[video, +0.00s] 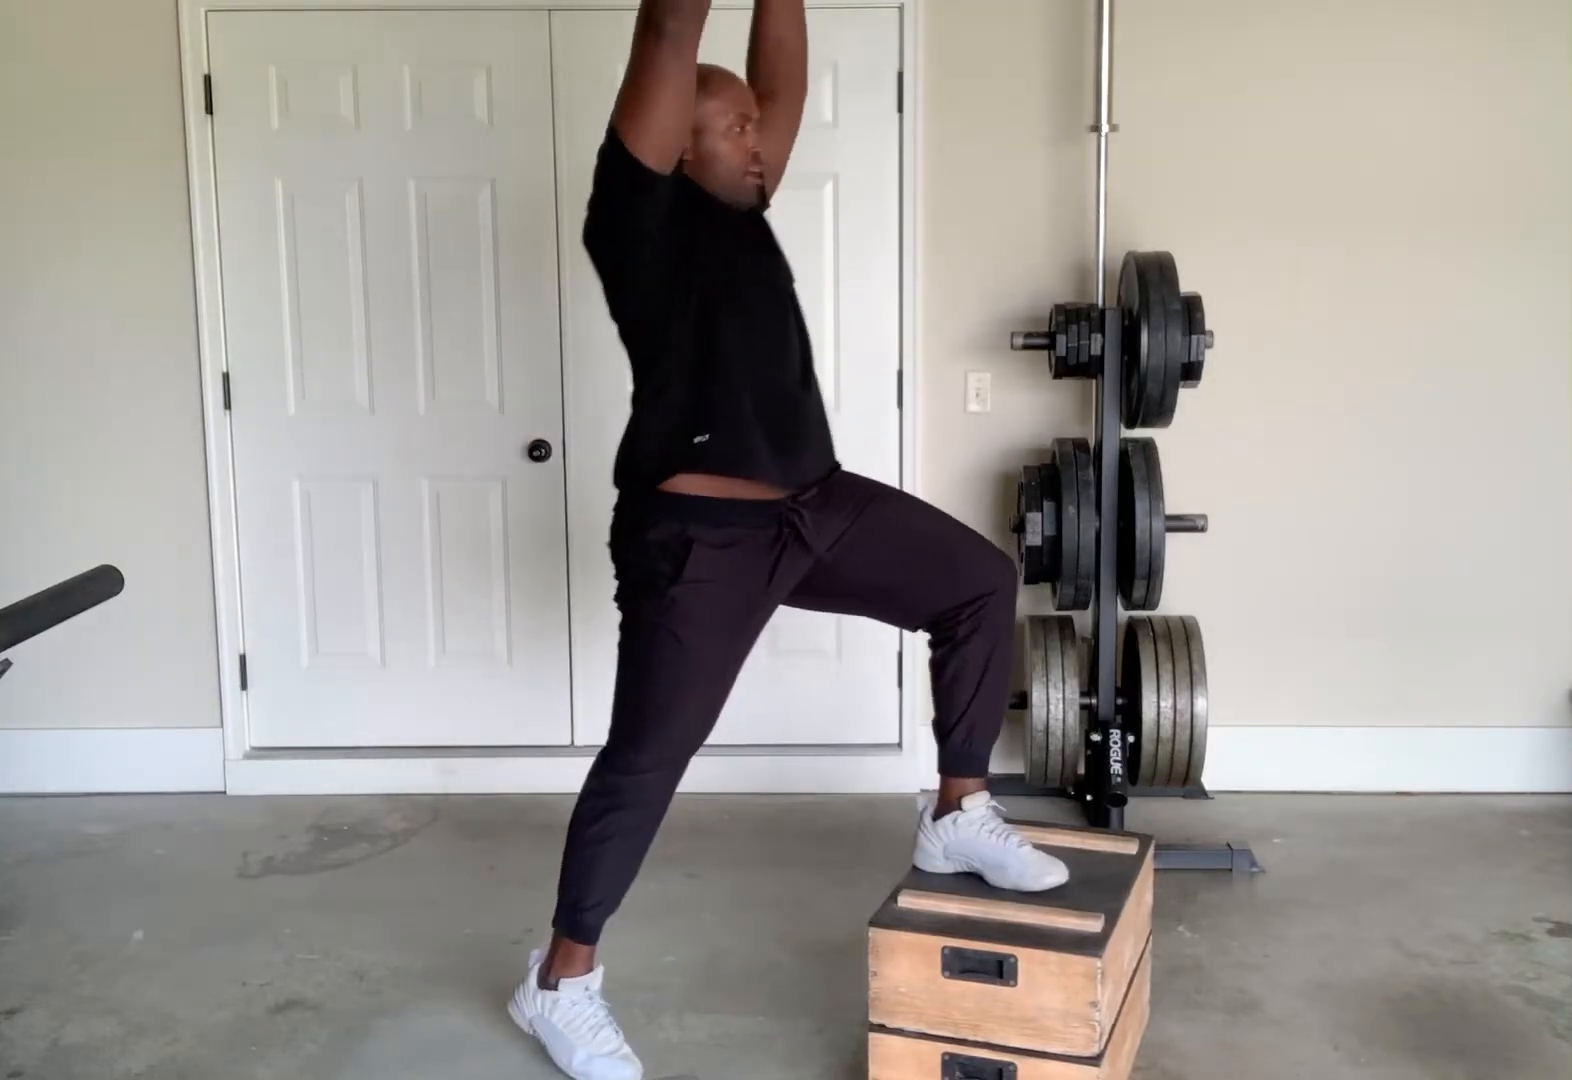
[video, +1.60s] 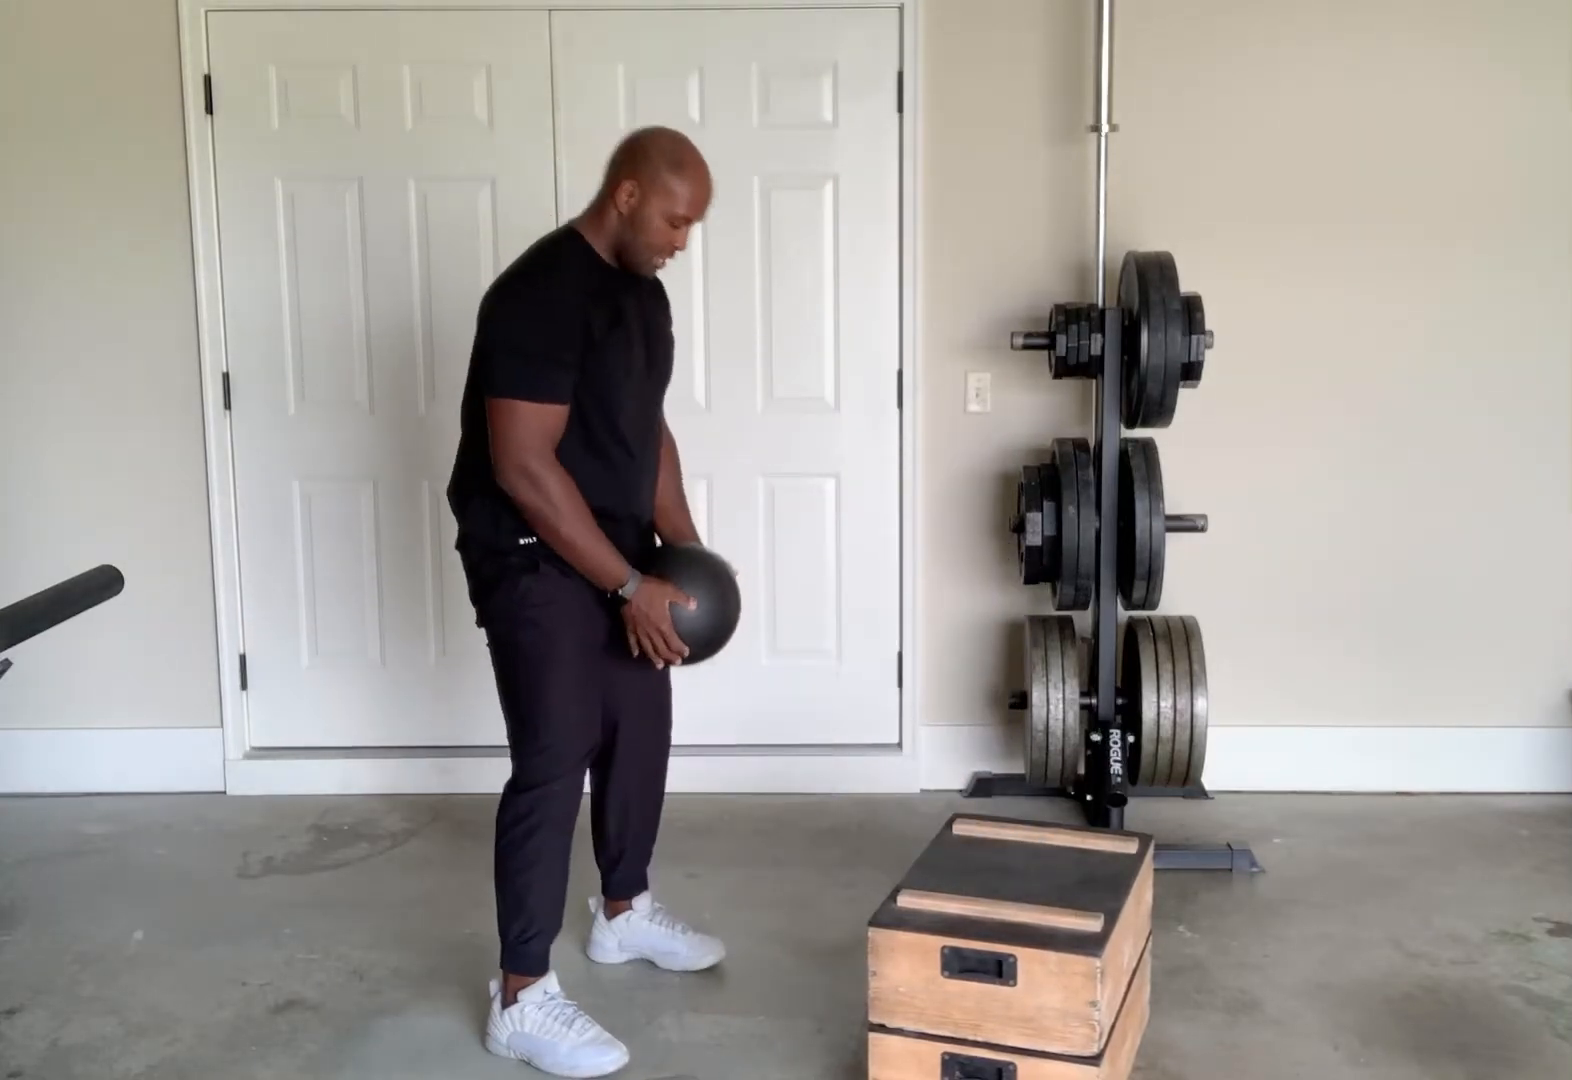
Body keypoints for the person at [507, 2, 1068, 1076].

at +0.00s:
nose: (760, 146)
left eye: (767, 127)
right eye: (735, 123)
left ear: (763, 134)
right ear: (678, 126)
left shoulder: (741, 210)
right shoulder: (635, 210)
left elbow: (782, 95)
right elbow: (668, 30)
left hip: (816, 504)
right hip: (700, 529)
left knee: (980, 582)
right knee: (646, 758)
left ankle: (959, 812)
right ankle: (562, 977)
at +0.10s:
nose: (682, 152)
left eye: (681, 136)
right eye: (661, 132)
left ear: (683, 146)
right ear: (618, 143)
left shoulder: (706, 227)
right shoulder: (579, 242)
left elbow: (797, 166)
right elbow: (670, 117)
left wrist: (779, 24)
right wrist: (714, 1)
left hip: (775, 508)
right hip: (660, 539)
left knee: (946, 580)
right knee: (621, 764)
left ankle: (956, 812)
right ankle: (557, 985)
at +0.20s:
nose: (650, 154)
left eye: (647, 140)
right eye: (627, 139)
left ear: (647, 155)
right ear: (570, 165)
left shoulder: (671, 250)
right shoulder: (541, 260)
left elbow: (786, 267)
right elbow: (662, 243)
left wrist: (766, 145)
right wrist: (718, 121)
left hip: (742, 517)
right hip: (631, 549)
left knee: (916, 578)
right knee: (599, 770)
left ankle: (951, 810)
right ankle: (550, 991)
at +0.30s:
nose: (623, 167)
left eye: (620, 150)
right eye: (601, 151)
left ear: (598, 169)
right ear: (540, 169)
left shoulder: (626, 270)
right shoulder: (514, 285)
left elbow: (728, 377)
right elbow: (612, 385)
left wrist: (736, 267)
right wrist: (700, 268)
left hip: (709, 526)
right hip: (601, 570)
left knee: (886, 568)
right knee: (576, 779)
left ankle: (937, 804)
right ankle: (542, 996)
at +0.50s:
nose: (599, 183)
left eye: (599, 165)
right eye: (581, 165)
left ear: (553, 172)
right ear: (517, 171)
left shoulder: (587, 268)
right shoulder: (473, 299)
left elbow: (604, 403)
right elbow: (497, 467)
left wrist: (691, 410)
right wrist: (658, 420)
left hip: (672, 524)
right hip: (574, 574)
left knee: (839, 595)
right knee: (568, 776)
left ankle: (761, 795)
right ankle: (541, 994)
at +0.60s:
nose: (595, 189)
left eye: (596, 172)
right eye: (580, 171)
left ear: (537, 171)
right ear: (518, 170)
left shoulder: (588, 276)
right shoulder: (465, 299)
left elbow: (622, 404)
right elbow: (489, 469)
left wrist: (703, 441)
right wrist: (654, 462)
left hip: (663, 535)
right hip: (561, 570)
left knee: (787, 670)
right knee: (559, 771)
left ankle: (698, 833)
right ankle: (540, 996)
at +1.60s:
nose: (683, 243)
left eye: (692, 226)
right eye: (675, 223)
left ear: (656, 207)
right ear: (624, 197)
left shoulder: (644, 292)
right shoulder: (541, 292)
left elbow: (644, 434)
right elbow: (521, 464)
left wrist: (683, 556)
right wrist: (625, 585)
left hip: (616, 557)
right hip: (535, 562)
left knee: (639, 728)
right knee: (552, 760)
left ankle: (624, 913)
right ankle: (522, 993)